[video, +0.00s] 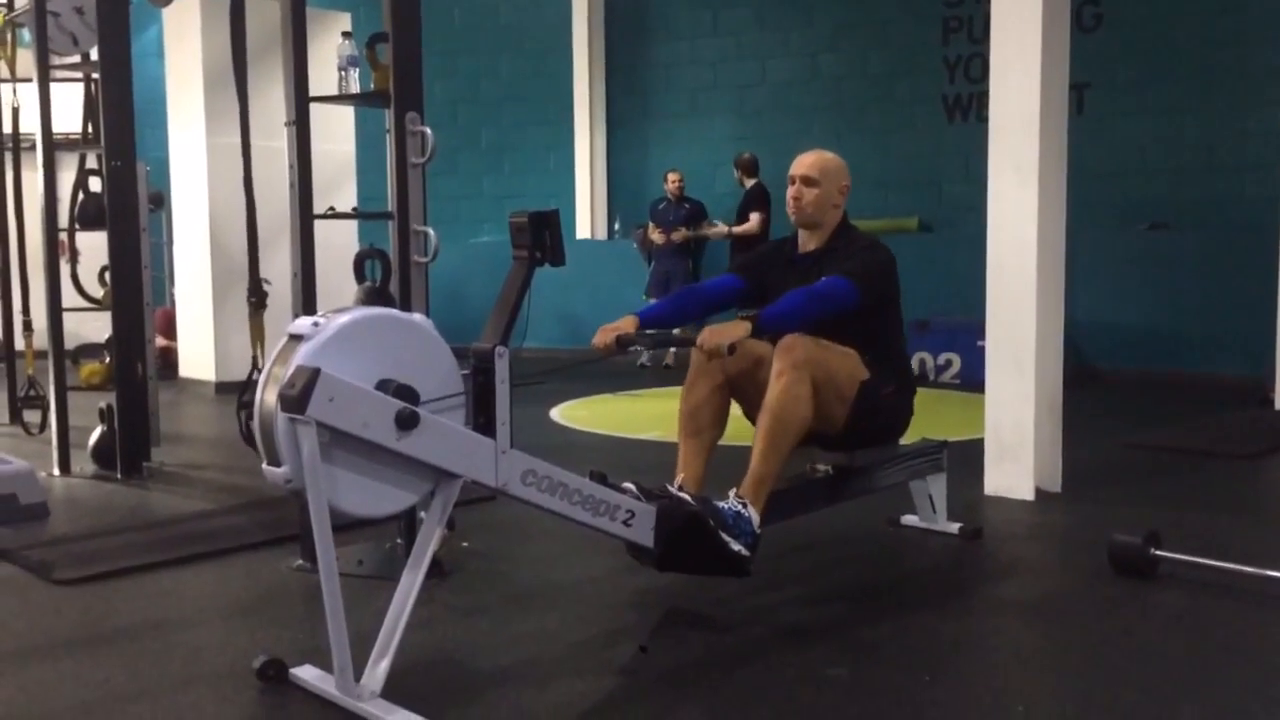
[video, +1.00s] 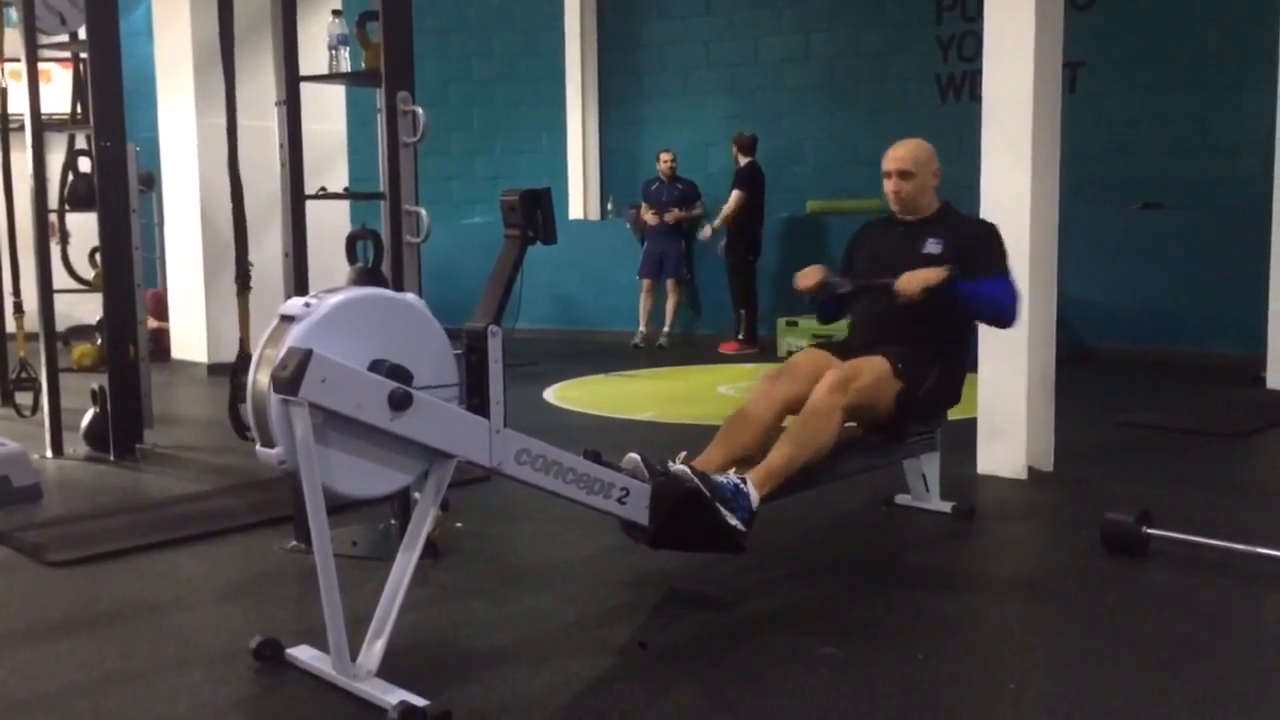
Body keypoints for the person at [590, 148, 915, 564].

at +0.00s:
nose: (793, 192)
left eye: (807, 183)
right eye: (791, 183)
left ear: (840, 196)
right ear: (785, 191)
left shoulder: (869, 257)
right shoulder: (775, 257)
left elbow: (820, 300)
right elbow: (709, 296)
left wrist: (751, 324)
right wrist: (637, 320)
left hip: (874, 407)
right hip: (799, 407)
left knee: (795, 349)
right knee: (712, 351)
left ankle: (746, 512)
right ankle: (684, 496)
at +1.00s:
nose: (893, 187)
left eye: (904, 177)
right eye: (887, 177)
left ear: (934, 178)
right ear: (882, 179)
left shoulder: (972, 234)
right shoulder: (871, 234)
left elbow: (1004, 309)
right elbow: (832, 310)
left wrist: (946, 281)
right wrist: (822, 287)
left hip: (922, 360)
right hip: (858, 351)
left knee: (834, 384)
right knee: (783, 378)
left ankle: (748, 493)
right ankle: (693, 476)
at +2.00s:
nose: (910, 188)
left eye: (923, 180)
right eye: (905, 179)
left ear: (951, 188)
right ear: (900, 186)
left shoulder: (972, 244)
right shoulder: (873, 247)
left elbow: (957, 295)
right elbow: (830, 297)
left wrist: (898, 299)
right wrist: (785, 304)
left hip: (923, 364)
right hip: (858, 356)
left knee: (832, 397)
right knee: (776, 391)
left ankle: (744, 501)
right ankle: (679, 484)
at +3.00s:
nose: (759, 205)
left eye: (773, 196)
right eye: (756, 195)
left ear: (807, 206)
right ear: (751, 200)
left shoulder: (840, 258)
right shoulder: (751, 258)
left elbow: (800, 306)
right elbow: (693, 298)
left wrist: (723, 326)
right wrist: (610, 323)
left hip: (865, 410)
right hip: (793, 412)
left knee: (795, 345)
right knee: (698, 349)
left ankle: (740, 507)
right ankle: (680, 490)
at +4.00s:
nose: (829, 203)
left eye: (842, 191)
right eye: (823, 192)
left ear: (873, 191)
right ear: (817, 196)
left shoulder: (909, 253)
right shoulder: (812, 254)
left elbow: (902, 324)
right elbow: (761, 316)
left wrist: (830, 346)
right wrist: (716, 338)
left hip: (903, 396)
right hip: (832, 390)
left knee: (819, 380)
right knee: (738, 376)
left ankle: (746, 512)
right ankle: (687, 496)